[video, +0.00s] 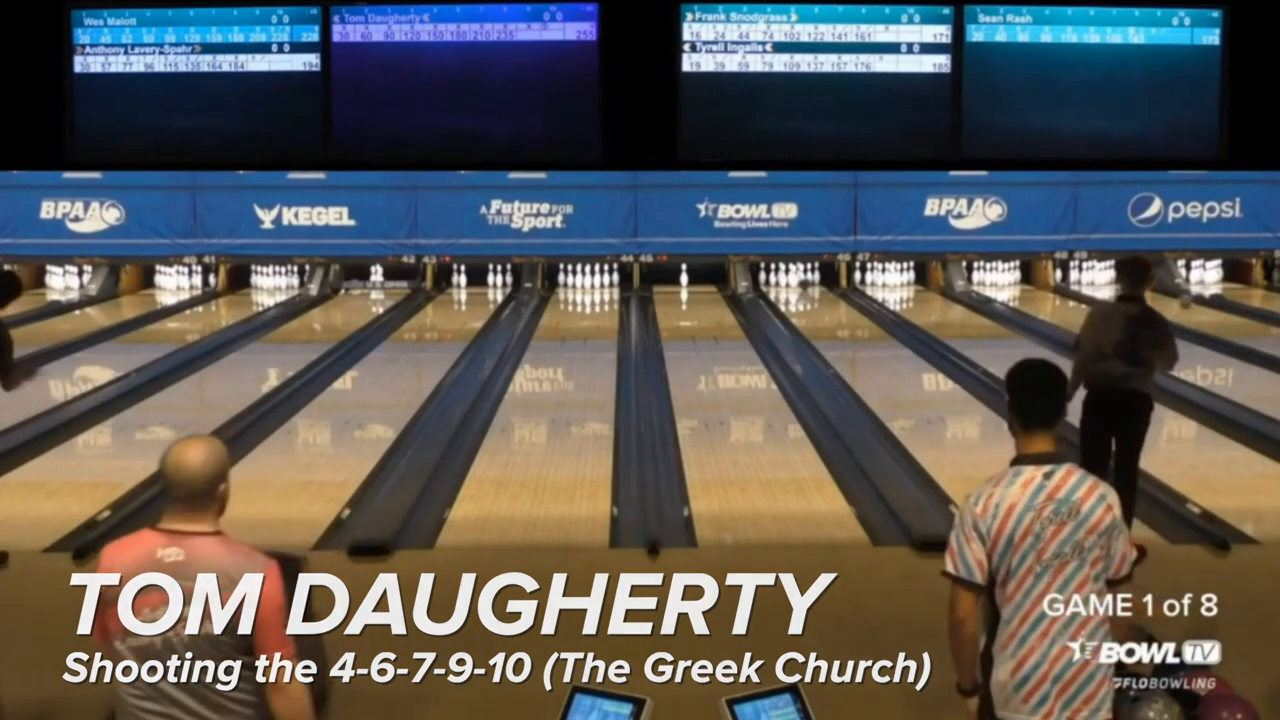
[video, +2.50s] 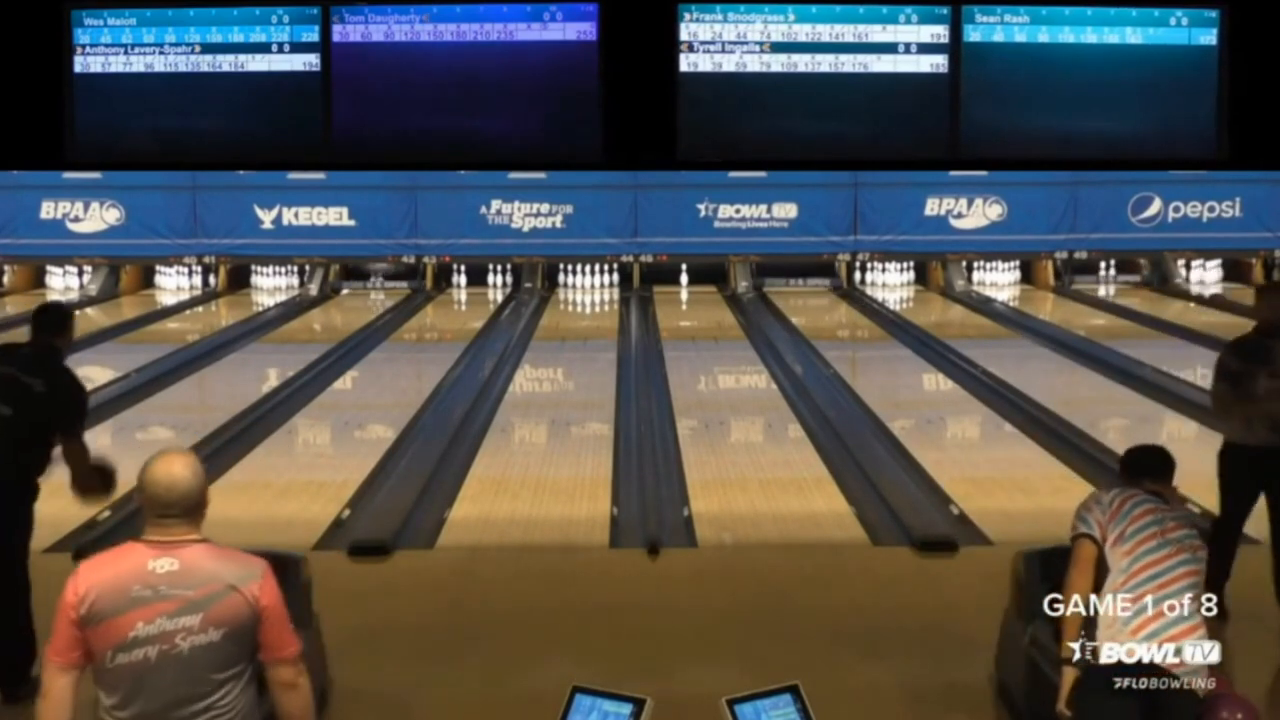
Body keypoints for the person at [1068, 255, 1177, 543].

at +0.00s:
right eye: (1148, 280)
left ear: (1118, 279)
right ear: (1148, 282)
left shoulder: (1100, 314)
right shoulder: (1156, 322)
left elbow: (1084, 358)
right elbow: (1168, 361)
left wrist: (1068, 393)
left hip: (1099, 399)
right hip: (1136, 403)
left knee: (1093, 465)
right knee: (1126, 469)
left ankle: (1088, 530)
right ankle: (1120, 536)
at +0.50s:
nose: (1144, 284)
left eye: (1142, 278)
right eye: (1154, 279)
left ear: (1139, 281)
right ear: (1166, 284)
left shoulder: (1117, 317)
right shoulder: (1173, 324)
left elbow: (1088, 360)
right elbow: (1197, 368)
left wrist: (1071, 393)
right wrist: (1218, 401)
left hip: (1119, 407)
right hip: (1155, 407)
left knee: (1111, 475)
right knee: (1152, 474)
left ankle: (1108, 540)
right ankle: (1155, 545)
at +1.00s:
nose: (1155, 281)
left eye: (1161, 277)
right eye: (1158, 276)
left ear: (1173, 284)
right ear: (1187, 286)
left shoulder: (1167, 323)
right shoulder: (1187, 317)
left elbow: (1149, 364)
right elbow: (1192, 355)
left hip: (1162, 407)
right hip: (1178, 403)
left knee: (1154, 468)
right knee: (1165, 468)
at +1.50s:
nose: (1204, 296)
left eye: (1212, 290)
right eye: (1200, 288)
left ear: (1220, 294)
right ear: (1191, 291)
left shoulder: (1234, 332)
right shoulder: (1172, 327)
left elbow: (1249, 376)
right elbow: (1152, 360)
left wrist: (1236, 418)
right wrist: (1169, 376)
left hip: (1217, 419)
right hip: (1179, 416)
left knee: (1204, 484)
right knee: (1168, 477)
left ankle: (1206, 538)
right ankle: (1163, 531)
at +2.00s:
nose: (1226, 297)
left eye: (1231, 291)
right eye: (1220, 290)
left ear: (1239, 294)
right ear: (1209, 294)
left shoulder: (1256, 339)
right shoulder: (1189, 336)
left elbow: (1268, 383)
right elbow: (1162, 374)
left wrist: (1264, 425)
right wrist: (1187, 392)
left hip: (1238, 430)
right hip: (1198, 429)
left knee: (1221, 498)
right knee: (1205, 499)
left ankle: (1209, 550)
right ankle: (1209, 565)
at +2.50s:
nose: (1268, 312)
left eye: (1268, 303)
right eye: (1267, 303)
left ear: (1263, 308)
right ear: (1264, 307)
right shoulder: (1243, 351)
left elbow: (1221, 404)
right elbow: (1222, 405)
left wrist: (1242, 425)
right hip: (1252, 453)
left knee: (1227, 528)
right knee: (1227, 529)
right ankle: (1213, 597)